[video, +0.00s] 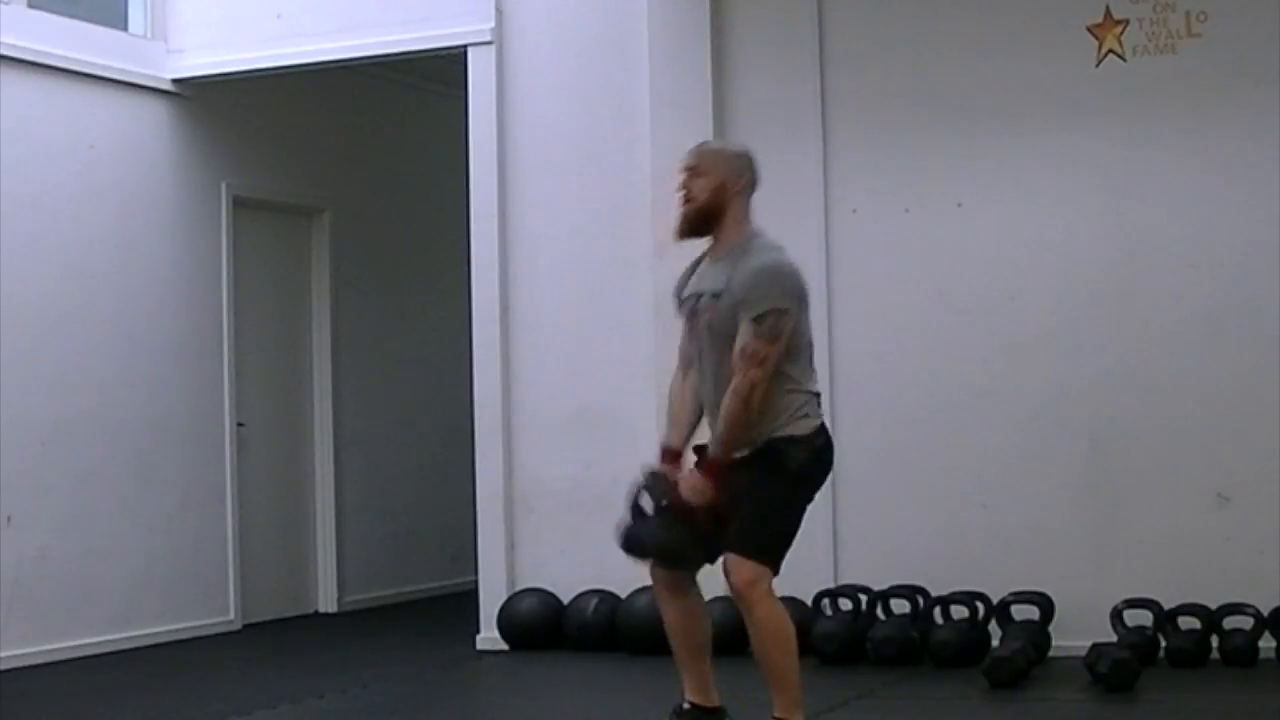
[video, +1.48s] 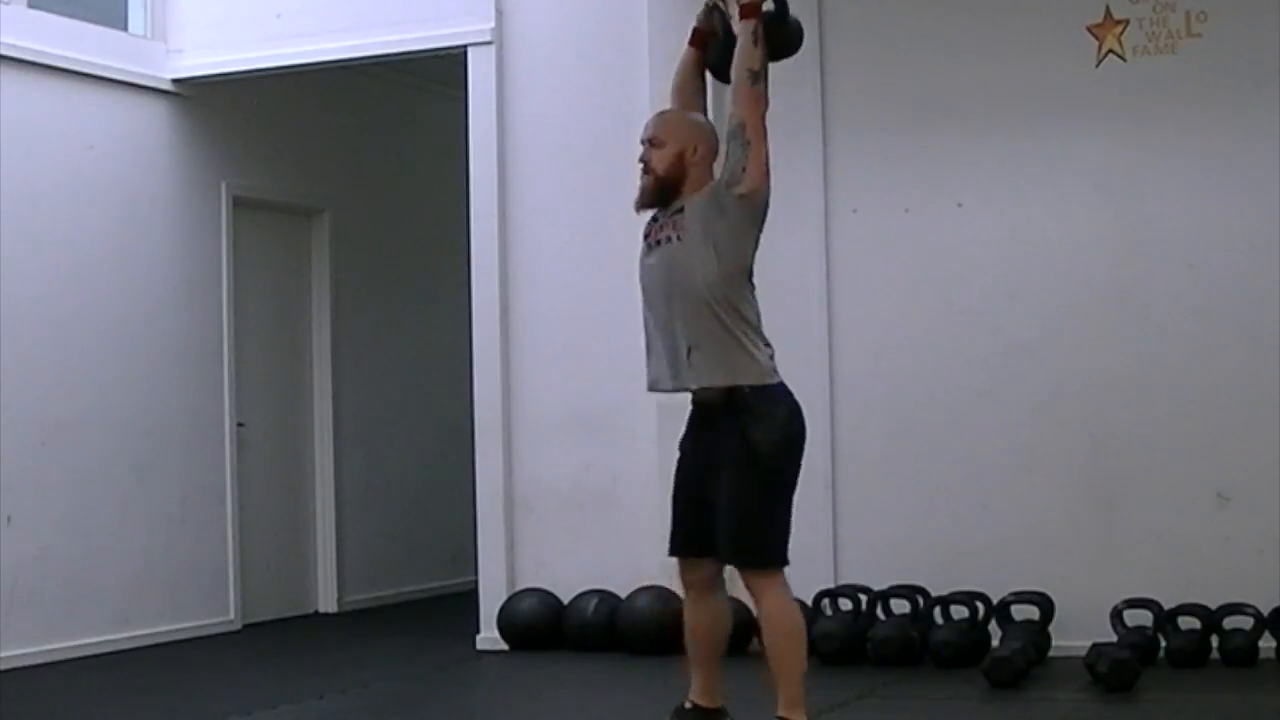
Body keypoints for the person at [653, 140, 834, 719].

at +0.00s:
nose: (682, 186)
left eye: (694, 176)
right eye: (684, 177)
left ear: (733, 186)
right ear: (718, 189)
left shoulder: (768, 269)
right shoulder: (697, 276)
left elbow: (751, 381)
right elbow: (688, 371)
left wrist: (712, 464)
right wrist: (672, 452)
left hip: (788, 446)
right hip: (729, 449)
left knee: (747, 572)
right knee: (669, 568)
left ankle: (789, 712)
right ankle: (701, 704)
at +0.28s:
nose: (723, 154)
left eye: (738, 144)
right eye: (724, 145)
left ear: (776, 159)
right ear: (735, 160)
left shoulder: (796, 227)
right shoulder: (725, 237)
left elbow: (787, 322)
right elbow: (703, 330)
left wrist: (697, 292)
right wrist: (644, 308)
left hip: (771, 425)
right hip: (715, 425)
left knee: (766, 569)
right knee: (695, 564)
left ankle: (793, 711)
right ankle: (704, 704)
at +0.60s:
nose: (691, 171)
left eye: (704, 160)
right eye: (693, 161)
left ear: (746, 172)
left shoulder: (766, 249)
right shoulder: (690, 250)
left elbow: (698, 318)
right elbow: (645, 341)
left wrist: (686, 241)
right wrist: (647, 262)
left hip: (756, 441)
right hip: (697, 446)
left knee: (726, 583)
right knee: (651, 575)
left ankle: (788, 711)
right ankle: (702, 704)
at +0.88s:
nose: (719, 180)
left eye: (734, 171)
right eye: (721, 171)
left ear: (772, 187)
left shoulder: (779, 263)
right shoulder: (698, 258)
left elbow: (709, 322)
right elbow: (642, 329)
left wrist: (720, 238)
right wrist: (659, 255)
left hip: (738, 446)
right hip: (682, 445)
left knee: (709, 592)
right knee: (638, 581)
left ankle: (783, 714)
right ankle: (699, 706)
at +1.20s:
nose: (680, 163)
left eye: (695, 152)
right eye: (679, 155)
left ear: (729, 162)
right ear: (679, 172)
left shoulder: (750, 222)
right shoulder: (674, 223)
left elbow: (745, 152)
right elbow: (645, 154)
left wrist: (730, 83)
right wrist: (668, 85)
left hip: (754, 432)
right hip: (701, 434)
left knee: (731, 584)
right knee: (656, 571)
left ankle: (789, 713)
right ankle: (702, 706)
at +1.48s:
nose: (643, 156)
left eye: (655, 145)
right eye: (644, 144)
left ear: (697, 153)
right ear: (674, 156)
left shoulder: (732, 204)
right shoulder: (669, 213)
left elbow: (748, 114)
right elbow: (685, 119)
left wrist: (750, 31)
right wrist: (700, 42)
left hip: (760, 411)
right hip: (707, 413)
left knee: (760, 572)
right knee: (697, 570)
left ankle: (792, 711)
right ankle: (704, 705)